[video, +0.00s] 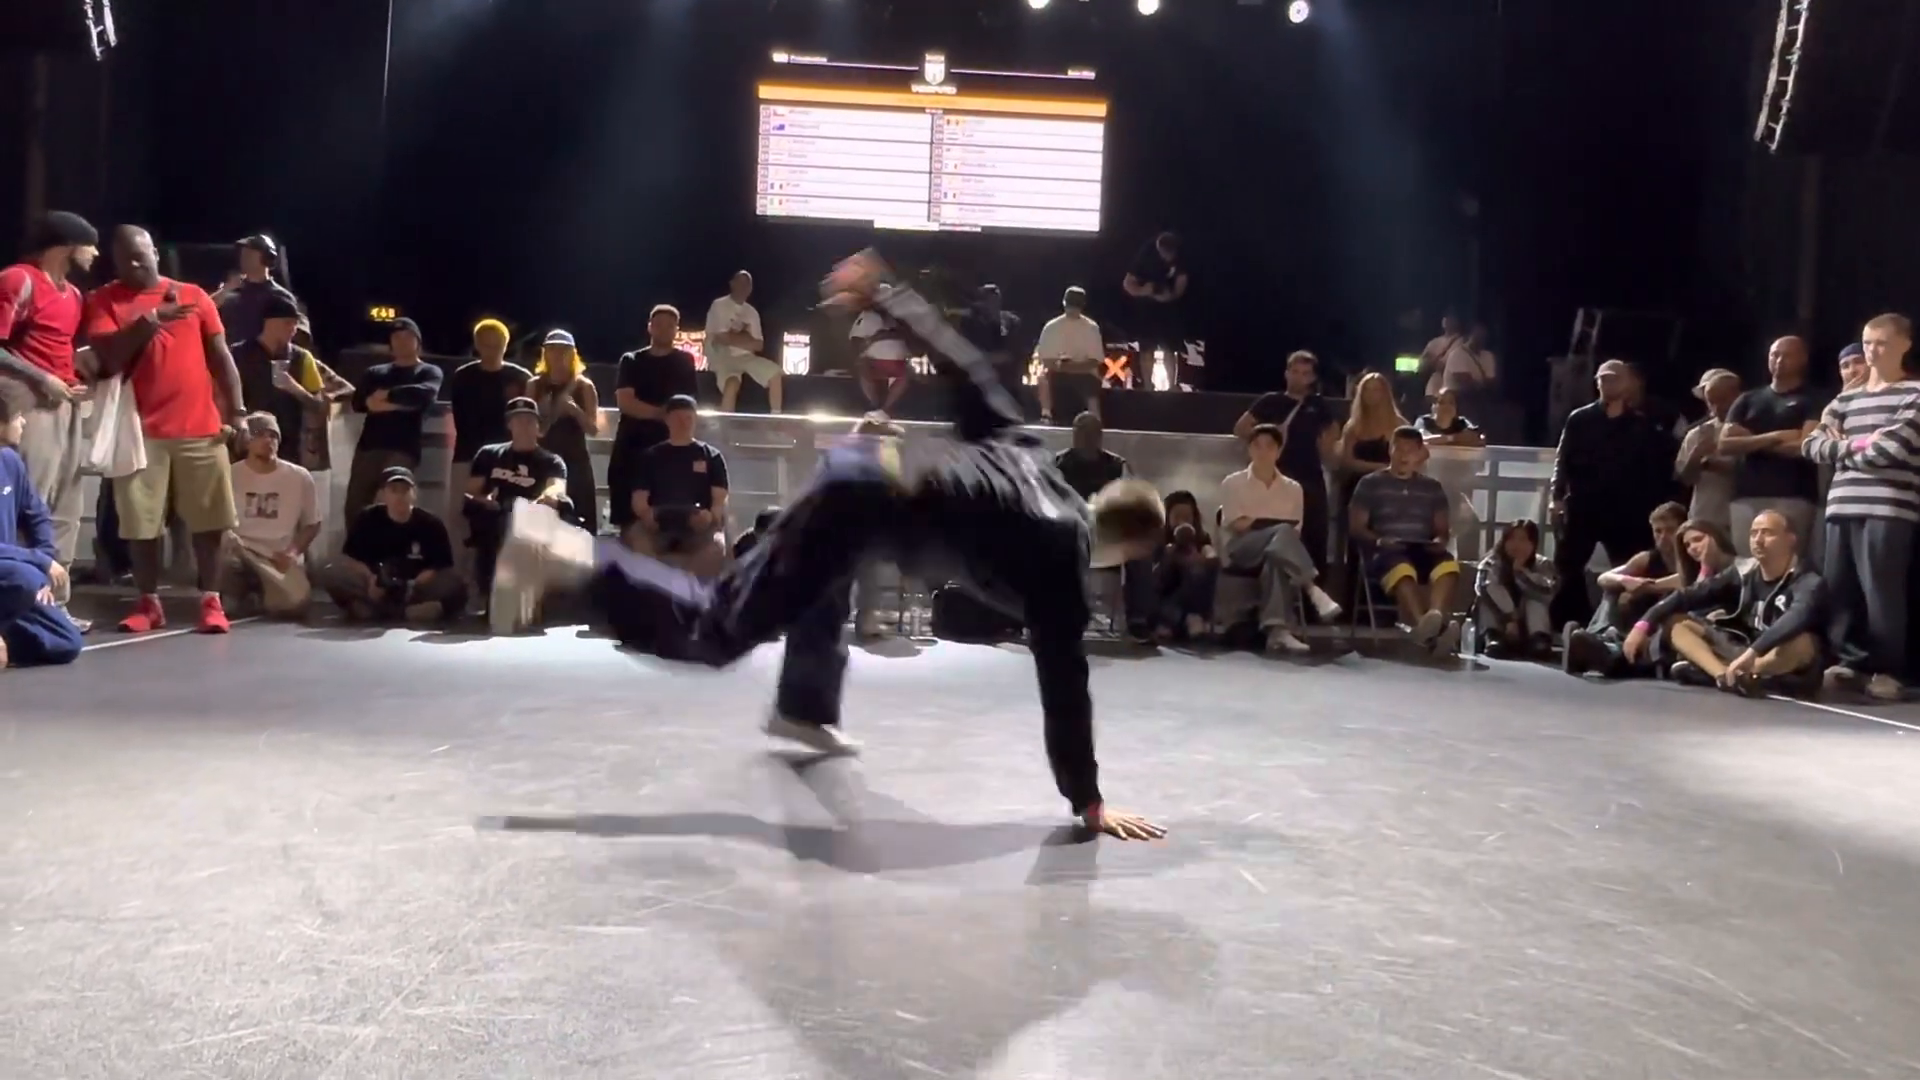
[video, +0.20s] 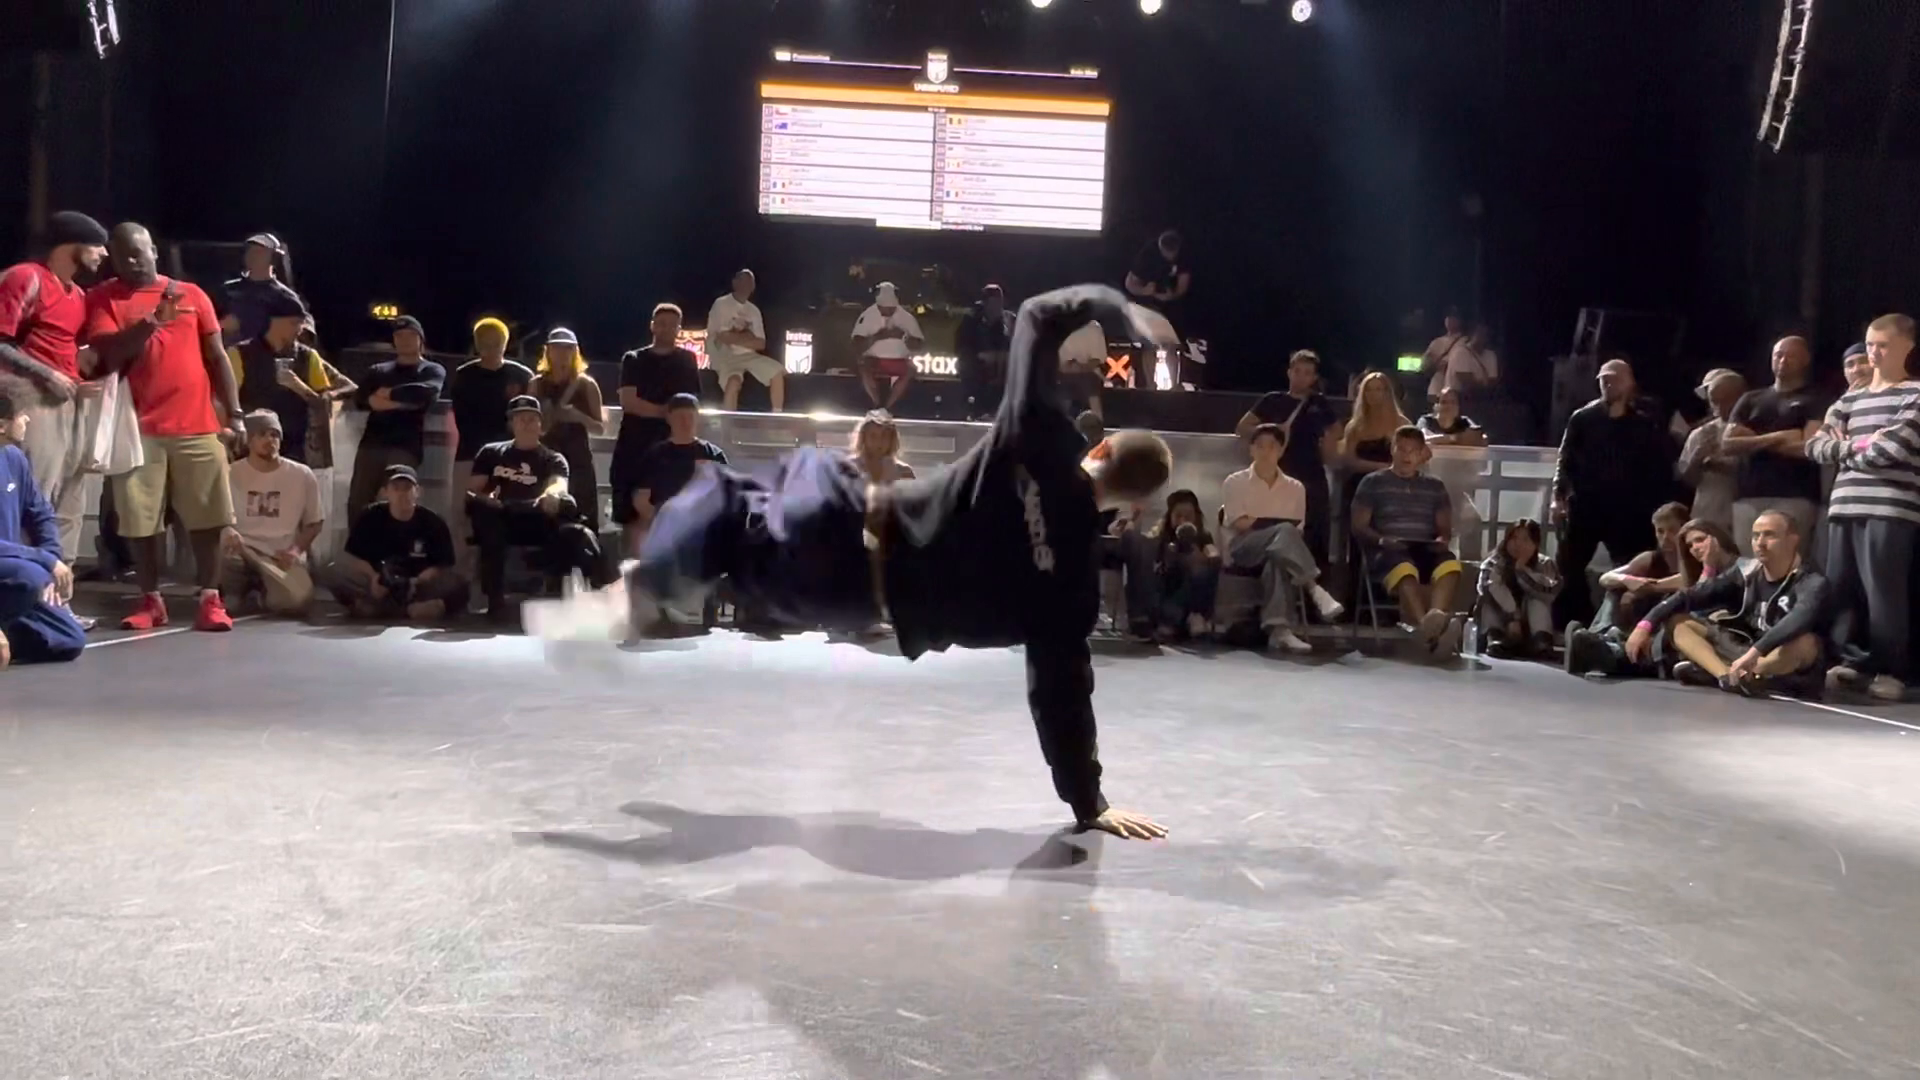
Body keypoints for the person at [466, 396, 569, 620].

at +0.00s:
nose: (524, 426)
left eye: (529, 421)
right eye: (519, 421)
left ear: (538, 427)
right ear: (509, 425)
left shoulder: (552, 462)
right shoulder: (489, 454)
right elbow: (470, 496)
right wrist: (487, 501)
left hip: (534, 525)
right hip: (496, 523)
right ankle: (485, 596)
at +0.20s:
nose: (526, 425)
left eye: (531, 420)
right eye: (521, 419)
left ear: (540, 425)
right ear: (511, 423)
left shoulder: (553, 459)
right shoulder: (491, 453)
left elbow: (558, 488)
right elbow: (472, 494)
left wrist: (552, 496)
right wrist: (489, 500)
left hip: (539, 519)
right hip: (502, 518)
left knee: (578, 534)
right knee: (486, 519)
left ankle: (608, 590)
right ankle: (494, 599)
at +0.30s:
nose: (527, 423)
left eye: (533, 418)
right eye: (522, 418)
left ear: (541, 424)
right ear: (512, 422)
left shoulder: (555, 458)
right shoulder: (492, 451)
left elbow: (560, 484)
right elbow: (473, 491)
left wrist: (553, 494)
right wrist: (488, 499)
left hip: (540, 519)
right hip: (503, 518)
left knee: (578, 534)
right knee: (488, 517)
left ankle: (604, 605)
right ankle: (496, 599)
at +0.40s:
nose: (530, 423)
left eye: (534, 417)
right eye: (524, 417)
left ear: (543, 423)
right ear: (514, 421)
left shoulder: (556, 457)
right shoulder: (493, 451)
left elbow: (561, 483)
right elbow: (475, 491)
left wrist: (555, 493)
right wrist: (490, 498)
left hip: (538, 515)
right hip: (502, 514)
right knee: (490, 518)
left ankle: (575, 601)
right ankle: (497, 598)